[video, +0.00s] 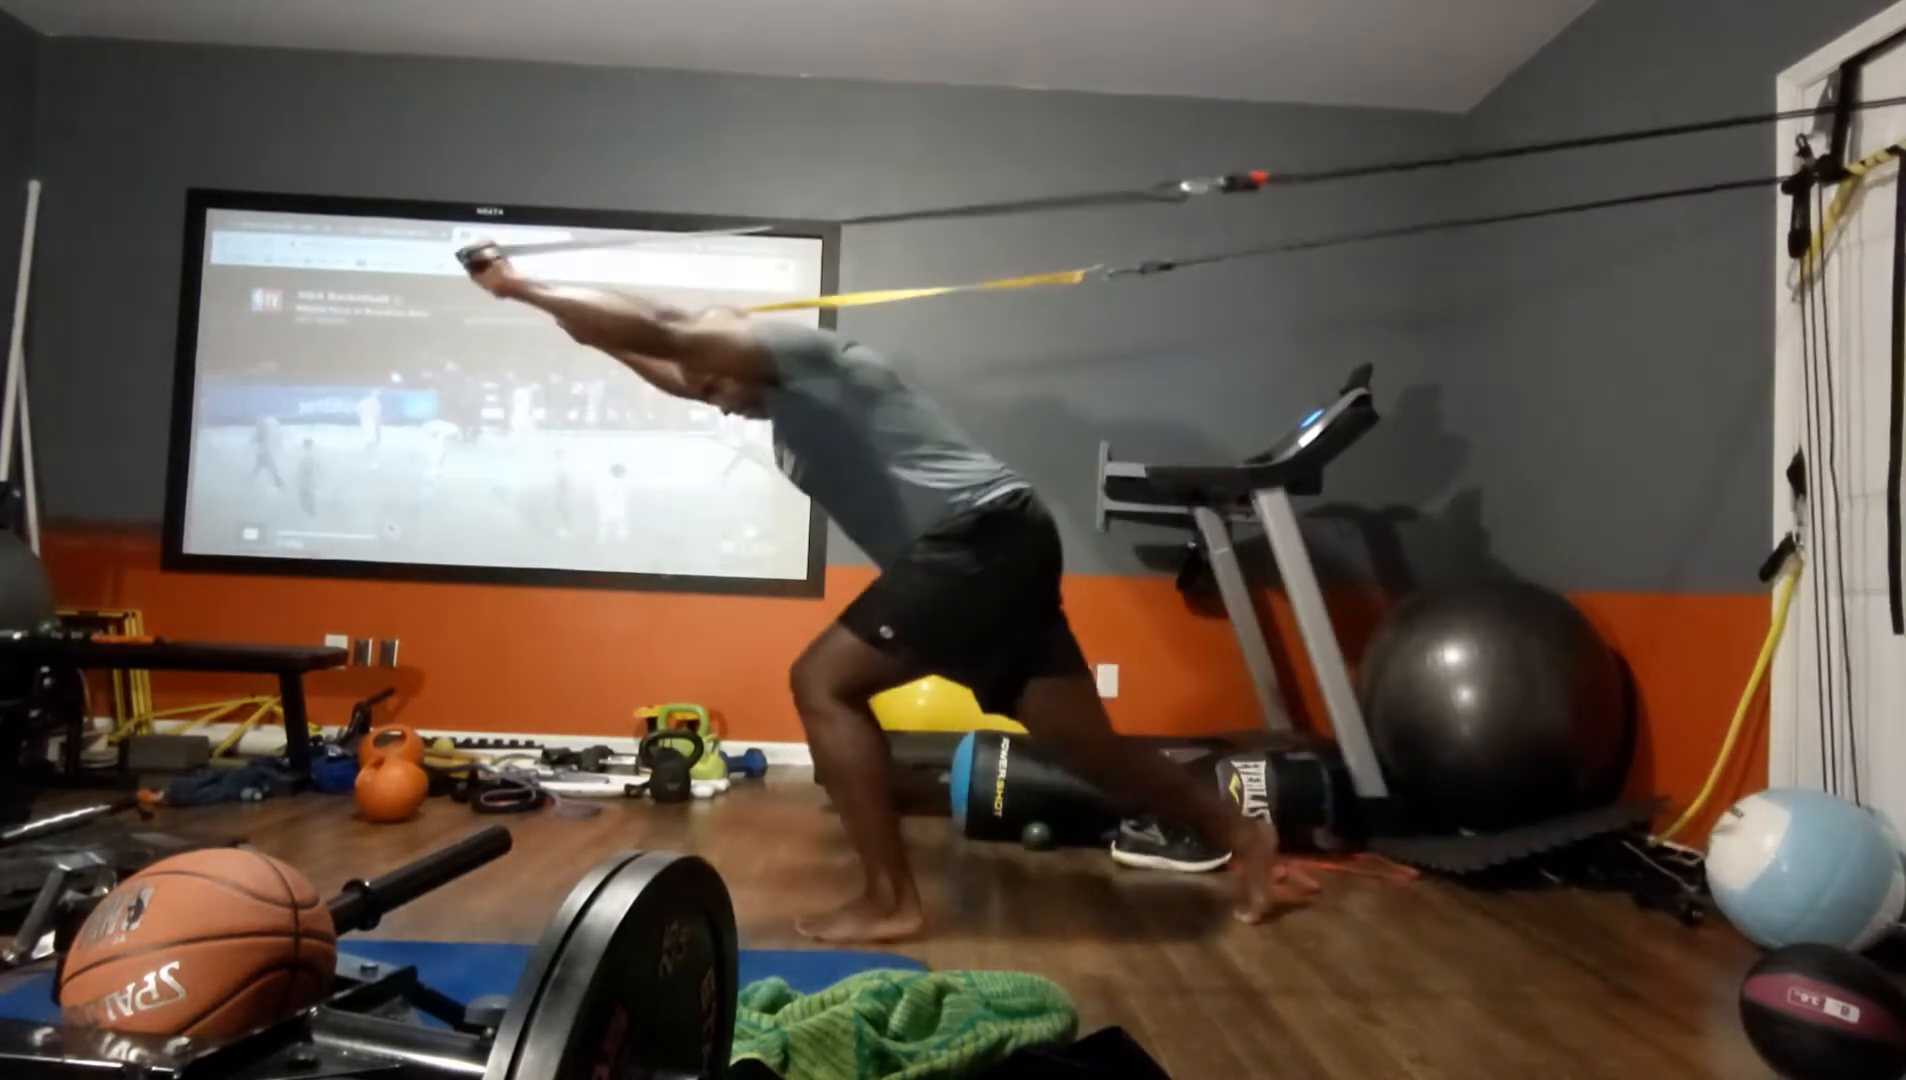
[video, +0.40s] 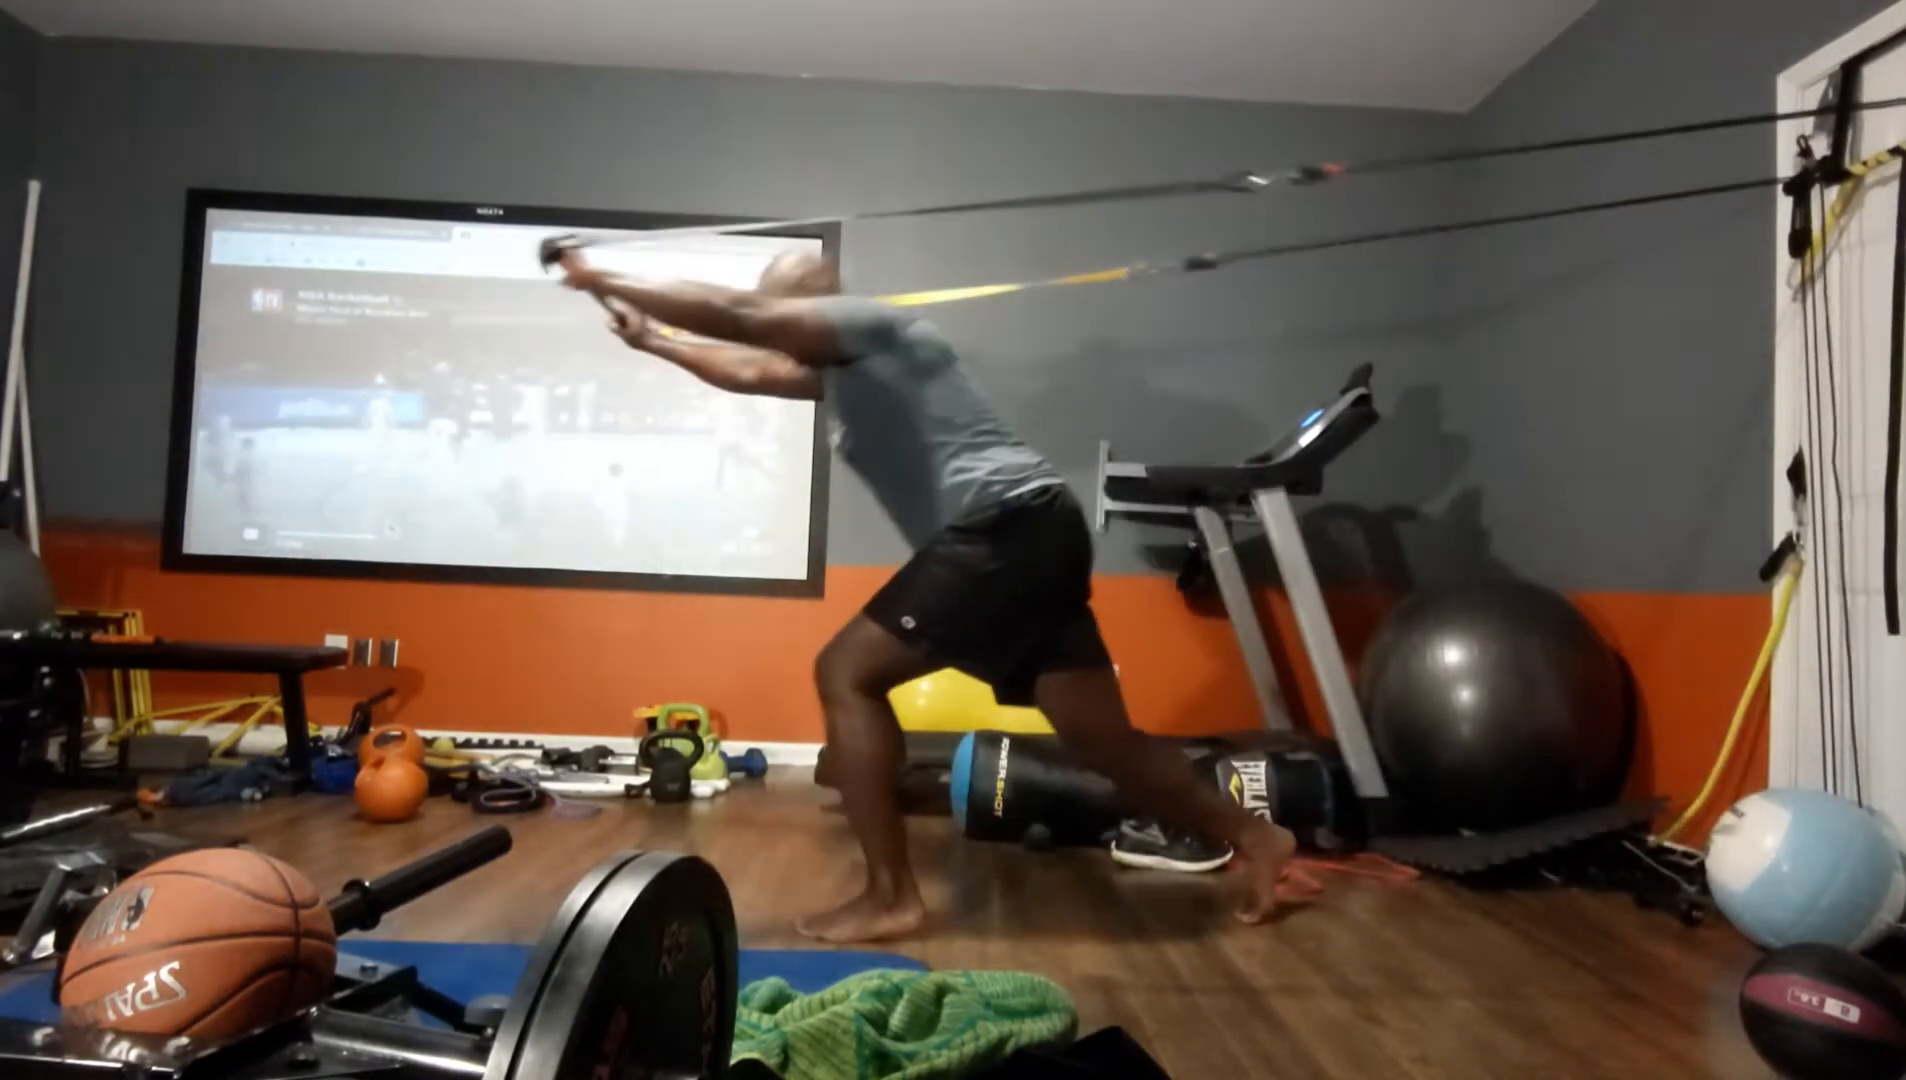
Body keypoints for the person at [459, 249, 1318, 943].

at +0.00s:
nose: (694, 390)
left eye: (694, 374)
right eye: (682, 383)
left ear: (732, 344)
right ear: (736, 367)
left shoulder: (802, 353)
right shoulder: (800, 414)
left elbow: (655, 338)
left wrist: (524, 288)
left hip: (980, 534)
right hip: (996, 544)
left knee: (822, 686)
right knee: (1091, 748)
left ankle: (888, 899)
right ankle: (1246, 843)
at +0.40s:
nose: (767, 325)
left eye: (769, 310)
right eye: (766, 315)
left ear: (804, 299)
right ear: (814, 313)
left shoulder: (878, 327)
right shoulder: (847, 382)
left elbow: (743, 315)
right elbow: (744, 370)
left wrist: (604, 279)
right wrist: (653, 337)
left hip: (1006, 528)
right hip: (1037, 536)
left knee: (844, 676)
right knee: (1100, 737)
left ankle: (890, 894)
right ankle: (1258, 843)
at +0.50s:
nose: (814, 277)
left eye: (824, 261)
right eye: (812, 269)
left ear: (874, 256)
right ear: (850, 280)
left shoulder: (926, 308)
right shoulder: (885, 364)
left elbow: (805, 309)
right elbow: (790, 374)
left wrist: (674, 276)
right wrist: (693, 340)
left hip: (1033, 521)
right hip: (1051, 530)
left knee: (869, 667)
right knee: (1120, 740)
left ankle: (890, 896)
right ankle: (1266, 845)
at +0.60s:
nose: (876, 255)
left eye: (889, 237)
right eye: (875, 241)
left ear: (940, 231)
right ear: (918, 240)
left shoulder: (987, 283)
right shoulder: (943, 332)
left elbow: (893, 310)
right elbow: (869, 386)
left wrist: (768, 282)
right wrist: (770, 349)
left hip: (1066, 513)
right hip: (1077, 520)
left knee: (916, 665)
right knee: (1130, 722)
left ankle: (892, 895)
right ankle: (1280, 851)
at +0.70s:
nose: (942, 227)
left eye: (955, 210)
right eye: (941, 217)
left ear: (1006, 210)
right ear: (966, 227)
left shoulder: (1054, 265)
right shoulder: (1002, 326)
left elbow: (1016, 319)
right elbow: (948, 394)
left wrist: (882, 289)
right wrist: (852, 346)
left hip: (1106, 496)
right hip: (1107, 505)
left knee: (980, 673)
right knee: (1160, 706)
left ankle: (899, 884)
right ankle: (1288, 854)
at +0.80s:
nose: (995, 220)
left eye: (1008, 202)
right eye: (996, 205)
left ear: (1056, 202)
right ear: (1043, 207)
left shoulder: (1097, 254)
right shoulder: (1056, 299)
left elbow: (1126, 325)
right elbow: (1034, 406)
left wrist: (992, 312)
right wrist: (945, 368)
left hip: (1146, 490)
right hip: (1147, 496)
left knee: (1031, 675)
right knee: (1183, 705)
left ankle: (968, 889)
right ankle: (1297, 858)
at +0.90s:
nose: (1031, 214)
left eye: (1045, 197)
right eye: (1032, 200)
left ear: (1095, 201)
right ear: (1084, 205)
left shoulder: (1133, 257)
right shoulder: (1094, 298)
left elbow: (1202, 332)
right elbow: (1094, 413)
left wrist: (1079, 334)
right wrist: (1019, 388)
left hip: (1183, 488)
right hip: (1175, 493)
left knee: (1072, 670)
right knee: (1194, 699)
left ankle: (1087, 889)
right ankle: (1301, 862)